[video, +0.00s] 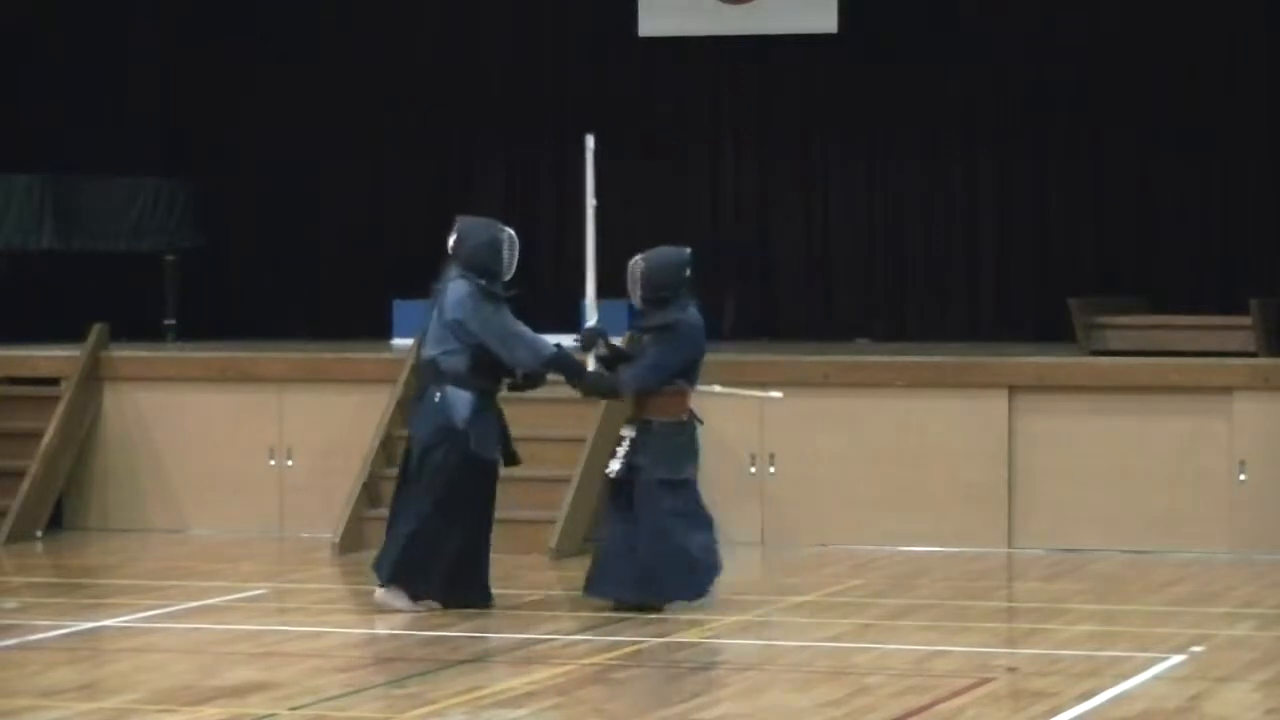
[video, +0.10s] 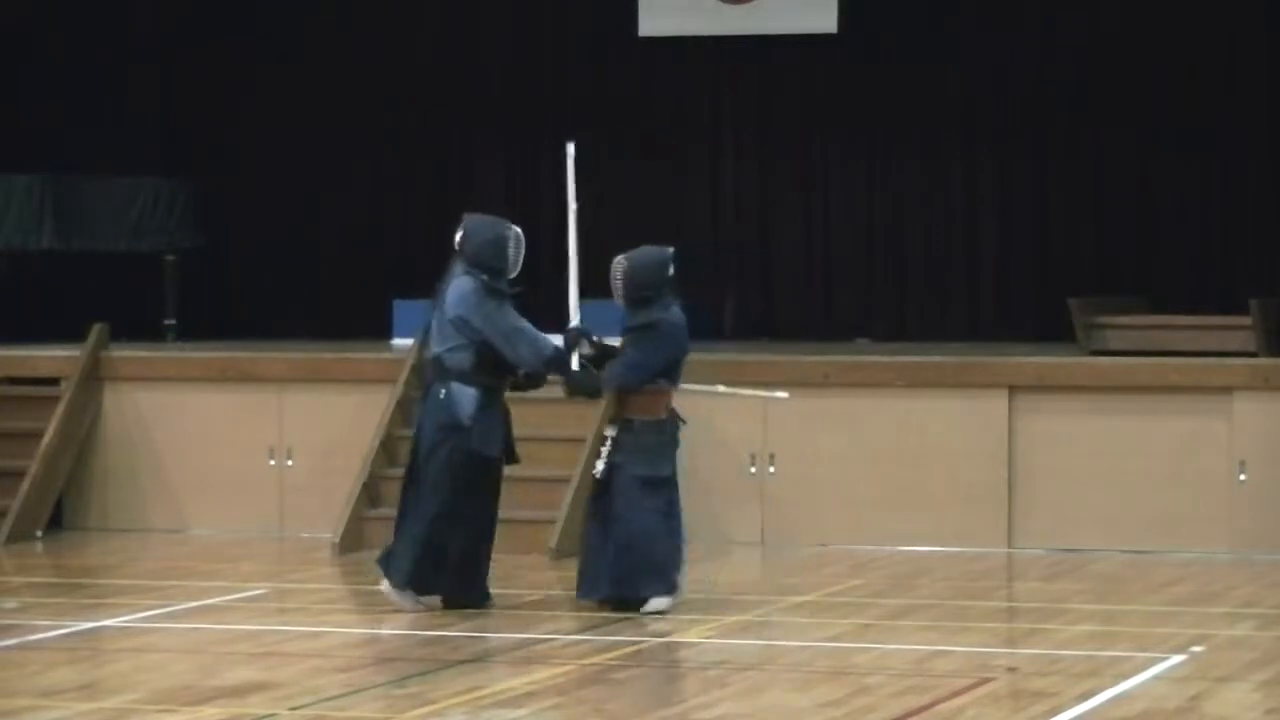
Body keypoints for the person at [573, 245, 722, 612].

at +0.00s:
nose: (636, 290)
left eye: (642, 283)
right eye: (637, 283)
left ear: (658, 285)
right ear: (671, 283)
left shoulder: (683, 328)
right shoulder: (653, 322)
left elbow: (647, 373)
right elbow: (630, 360)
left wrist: (613, 380)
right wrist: (604, 349)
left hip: (668, 432)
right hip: (644, 428)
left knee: (661, 505)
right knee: (631, 502)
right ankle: (636, 587)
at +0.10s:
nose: (620, 290)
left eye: (625, 282)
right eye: (621, 282)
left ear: (640, 285)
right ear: (656, 283)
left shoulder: (666, 327)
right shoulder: (645, 321)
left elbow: (629, 371)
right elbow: (629, 359)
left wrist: (598, 376)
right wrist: (597, 352)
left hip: (650, 429)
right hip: (627, 425)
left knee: (644, 505)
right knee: (617, 503)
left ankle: (659, 587)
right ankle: (620, 586)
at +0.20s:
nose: (606, 293)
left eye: (608, 286)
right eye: (607, 286)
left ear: (614, 288)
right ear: (646, 285)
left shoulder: (640, 331)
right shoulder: (641, 323)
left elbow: (599, 378)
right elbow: (618, 364)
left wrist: (574, 371)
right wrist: (592, 355)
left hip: (630, 432)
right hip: (623, 428)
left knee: (624, 510)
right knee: (619, 508)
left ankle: (629, 589)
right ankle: (630, 586)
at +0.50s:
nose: (576, 285)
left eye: (578, 279)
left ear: (583, 282)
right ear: (616, 278)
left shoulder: (587, 321)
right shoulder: (640, 321)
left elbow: (556, 360)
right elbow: (652, 364)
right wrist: (619, 375)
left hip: (591, 418)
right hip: (626, 418)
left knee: (577, 501)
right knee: (620, 502)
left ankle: (586, 595)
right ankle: (625, 589)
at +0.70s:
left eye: (576, 278)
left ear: (579, 282)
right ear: (615, 283)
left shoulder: (568, 325)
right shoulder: (638, 327)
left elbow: (545, 361)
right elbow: (647, 371)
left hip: (575, 422)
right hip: (620, 423)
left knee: (573, 508)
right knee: (622, 508)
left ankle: (589, 600)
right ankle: (632, 586)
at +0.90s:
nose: (581, 283)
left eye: (583, 278)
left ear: (586, 282)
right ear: (623, 282)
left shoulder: (574, 325)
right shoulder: (646, 327)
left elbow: (548, 365)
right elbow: (652, 371)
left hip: (582, 424)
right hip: (630, 426)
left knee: (577, 512)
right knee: (634, 510)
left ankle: (578, 603)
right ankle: (648, 590)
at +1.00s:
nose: (590, 285)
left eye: (591, 280)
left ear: (594, 282)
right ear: (628, 282)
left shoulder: (579, 324)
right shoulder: (653, 324)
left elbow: (558, 368)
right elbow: (663, 366)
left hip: (592, 423)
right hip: (640, 423)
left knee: (586, 510)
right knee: (641, 512)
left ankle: (579, 602)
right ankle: (643, 603)